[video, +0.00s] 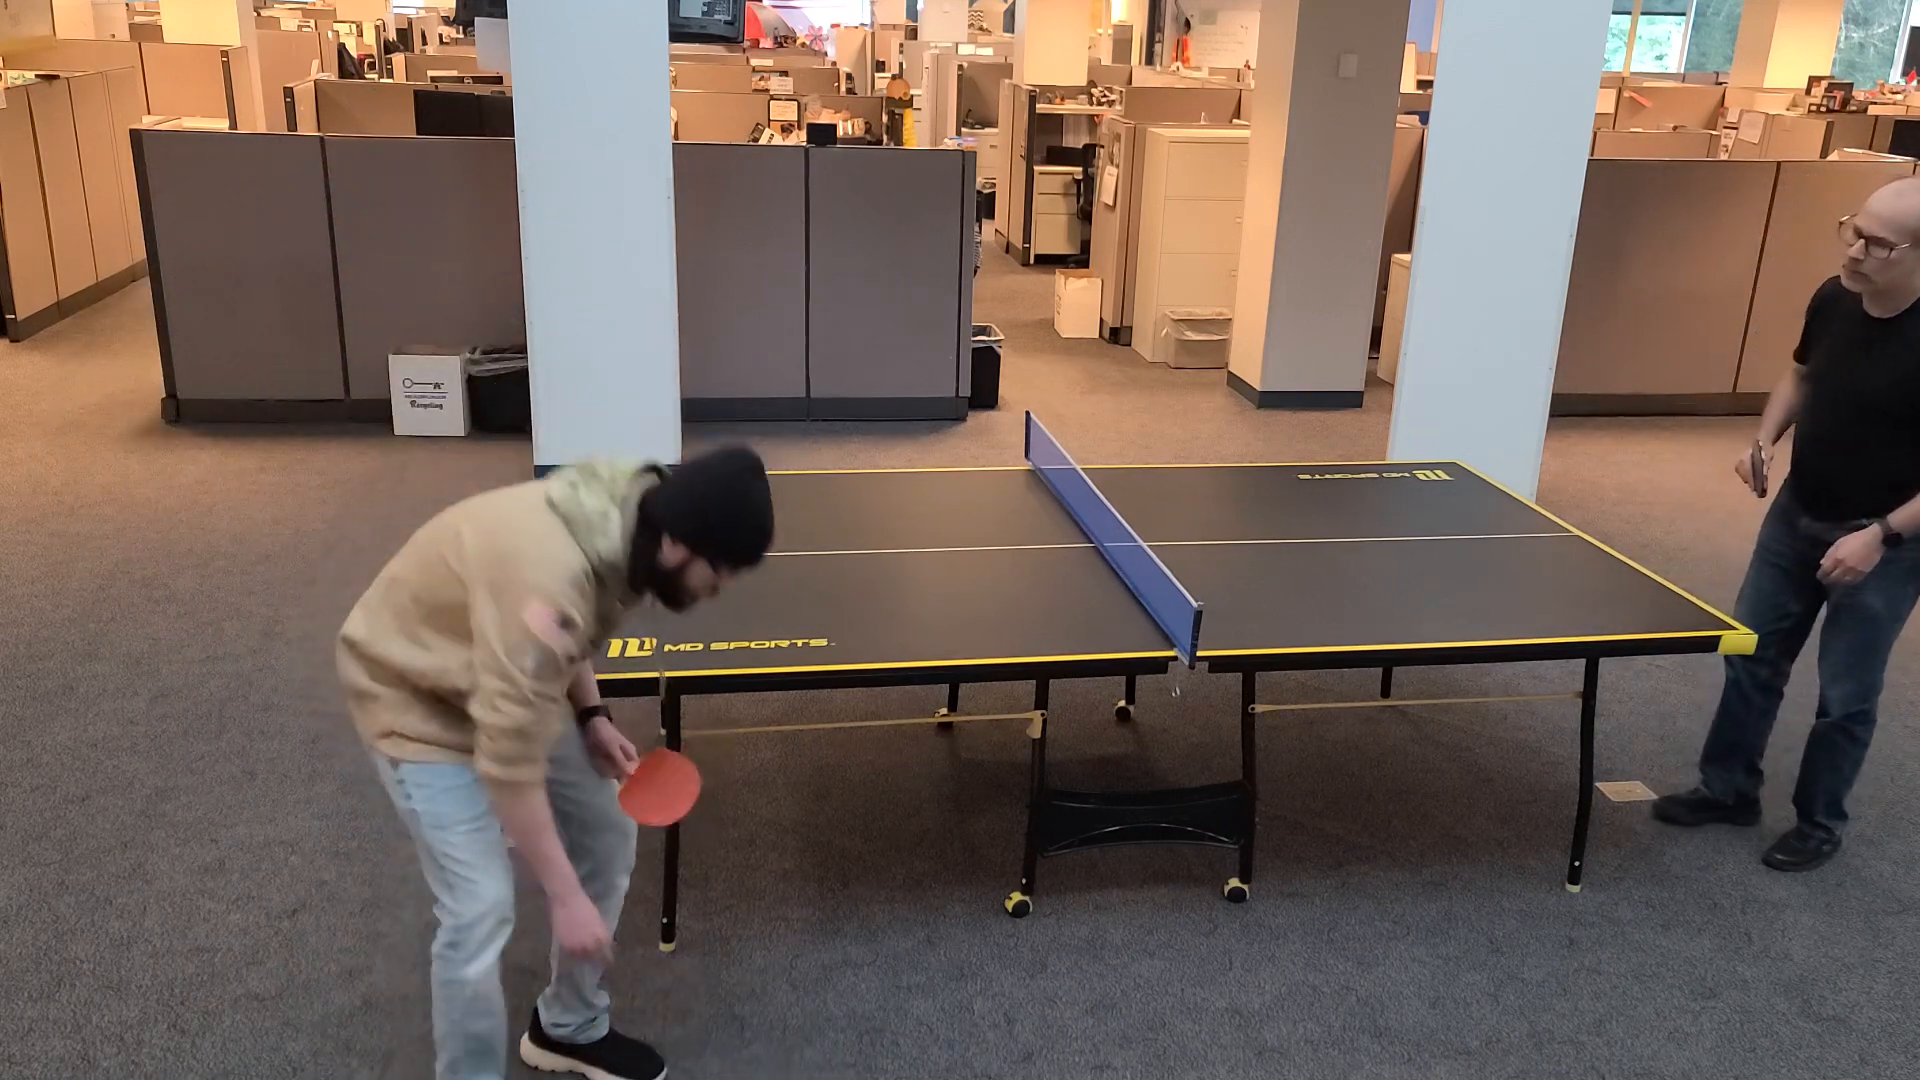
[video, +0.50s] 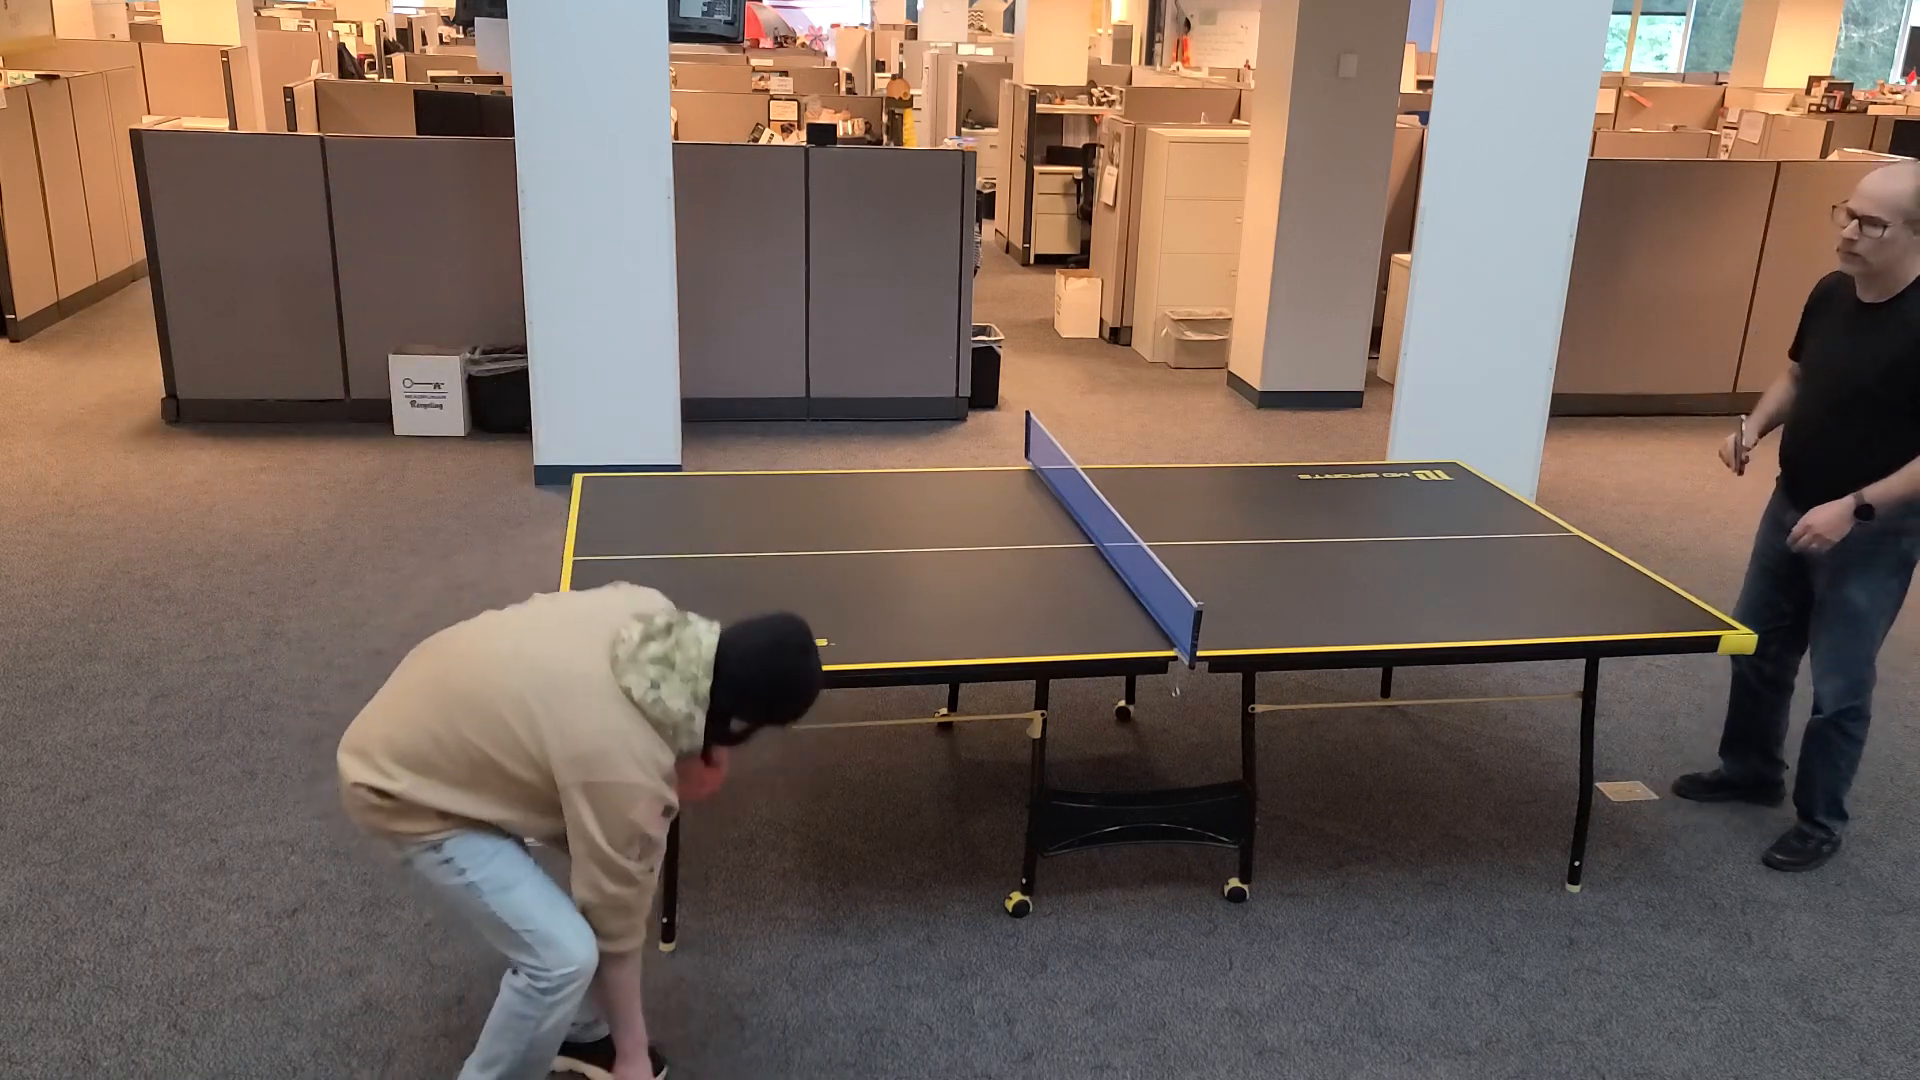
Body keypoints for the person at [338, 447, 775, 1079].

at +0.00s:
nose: (718, 589)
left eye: (728, 575)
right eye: (718, 571)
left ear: (675, 541)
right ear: (678, 546)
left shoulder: (628, 524)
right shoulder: (548, 575)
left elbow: (568, 632)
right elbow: (510, 766)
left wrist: (593, 717)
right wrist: (568, 897)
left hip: (514, 680)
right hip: (416, 694)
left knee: (608, 834)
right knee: (483, 903)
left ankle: (568, 1025)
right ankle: (470, 1071)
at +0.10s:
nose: (730, 659)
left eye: (741, 647)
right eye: (735, 643)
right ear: (698, 621)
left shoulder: (645, 563)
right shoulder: (568, 645)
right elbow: (561, 841)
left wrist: (595, 732)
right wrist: (624, 970)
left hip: (499, 711)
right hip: (407, 727)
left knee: (625, 829)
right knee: (507, 919)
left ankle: (572, 1023)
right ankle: (476, 1068)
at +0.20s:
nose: (738, 723)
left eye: (750, 714)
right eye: (744, 710)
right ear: (713, 685)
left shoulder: (664, 606)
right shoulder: (590, 713)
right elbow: (605, 904)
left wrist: (652, 750)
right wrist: (664, 1024)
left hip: (486, 730)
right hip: (401, 757)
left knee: (639, 834)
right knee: (535, 941)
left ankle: (573, 1025)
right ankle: (481, 1072)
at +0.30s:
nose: (743, 763)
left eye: (752, 754)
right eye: (751, 752)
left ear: (724, 656)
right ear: (727, 736)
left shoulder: (650, 620)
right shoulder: (605, 771)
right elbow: (625, 941)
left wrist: (662, 795)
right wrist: (681, 1066)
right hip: (395, 783)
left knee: (608, 864)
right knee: (551, 954)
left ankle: (575, 1032)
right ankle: (485, 1076)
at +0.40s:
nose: (745, 772)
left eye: (757, 762)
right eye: (754, 760)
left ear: (722, 667)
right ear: (730, 746)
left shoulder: (652, 630)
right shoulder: (617, 793)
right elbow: (630, 958)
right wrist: (665, 1074)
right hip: (395, 795)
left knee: (614, 880)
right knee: (564, 957)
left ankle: (579, 1034)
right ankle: (490, 1073)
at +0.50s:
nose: (759, 732)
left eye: (771, 723)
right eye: (768, 724)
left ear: (733, 633)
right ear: (742, 720)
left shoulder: (646, 609)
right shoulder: (623, 766)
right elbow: (618, 927)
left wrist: (671, 785)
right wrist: (633, 1055)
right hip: (401, 784)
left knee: (599, 852)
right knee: (565, 954)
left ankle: (572, 1021)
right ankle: (489, 1072)